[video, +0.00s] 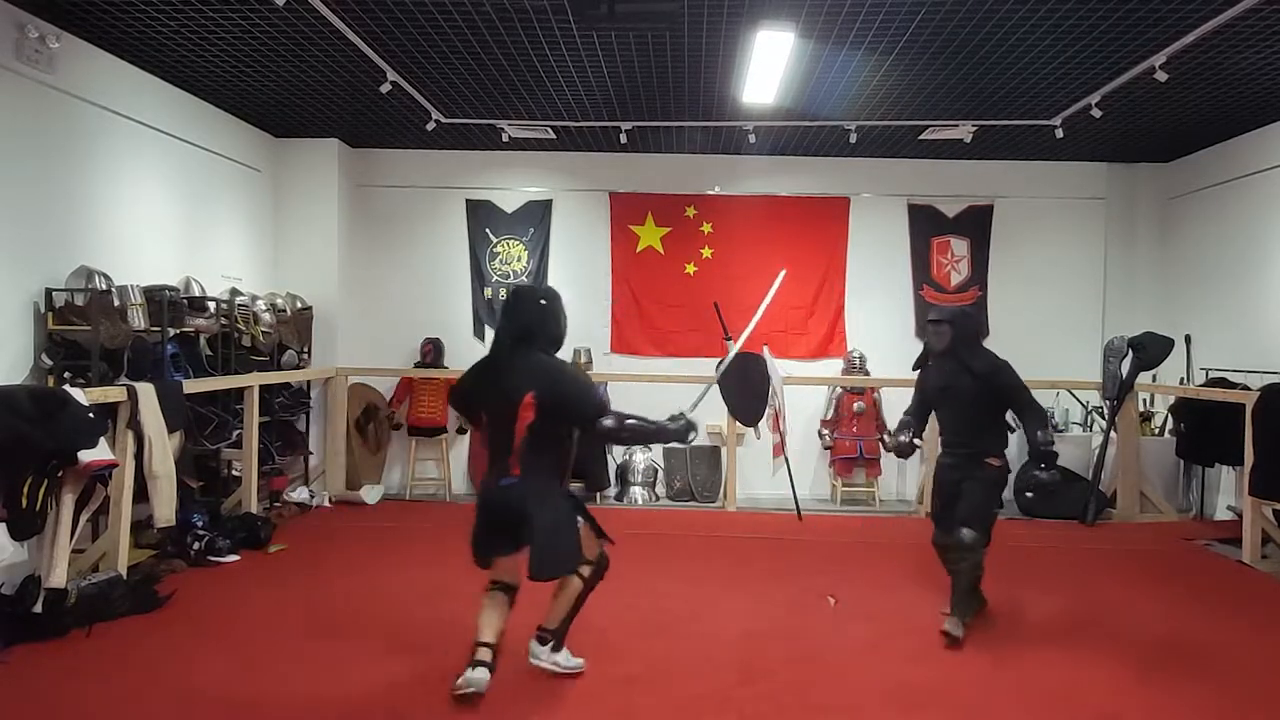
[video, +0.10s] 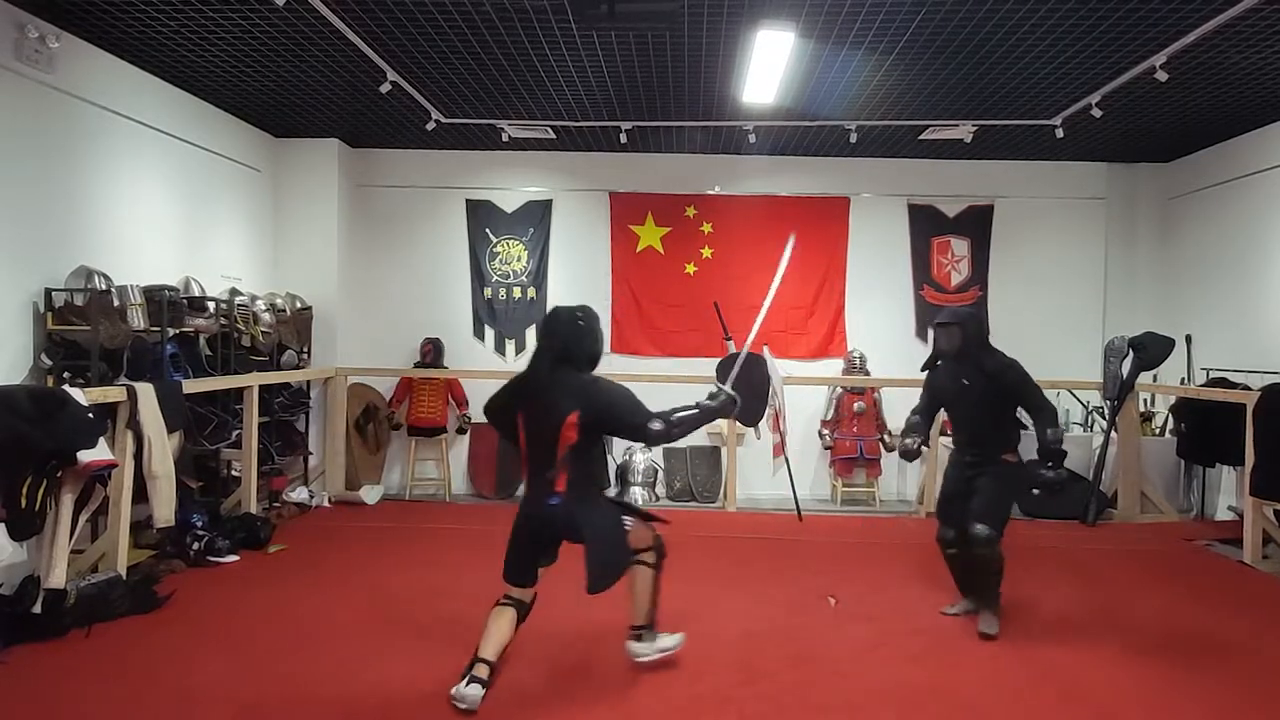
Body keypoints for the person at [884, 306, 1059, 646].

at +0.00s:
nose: (932, 331)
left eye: (940, 324)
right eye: (929, 324)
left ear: (959, 328)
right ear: (925, 328)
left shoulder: (990, 368)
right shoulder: (930, 371)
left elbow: (1031, 411)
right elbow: (917, 412)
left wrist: (1041, 445)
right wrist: (905, 434)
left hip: (986, 464)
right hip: (949, 462)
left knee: (968, 538)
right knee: (943, 540)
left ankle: (957, 615)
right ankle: (972, 597)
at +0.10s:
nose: (940, 337)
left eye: (948, 329)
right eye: (938, 330)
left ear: (969, 331)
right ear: (936, 333)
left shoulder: (1000, 368)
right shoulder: (939, 373)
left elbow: (1044, 411)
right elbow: (924, 412)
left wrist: (1050, 457)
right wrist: (913, 435)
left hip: (1001, 462)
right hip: (962, 460)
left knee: (981, 535)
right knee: (949, 535)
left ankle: (989, 607)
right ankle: (971, 596)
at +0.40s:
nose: (989, 345)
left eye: (996, 339)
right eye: (986, 339)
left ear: (1016, 341)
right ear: (983, 342)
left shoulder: (1043, 369)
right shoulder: (982, 374)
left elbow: (1099, 389)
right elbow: (942, 376)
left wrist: (1097, 420)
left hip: (1043, 473)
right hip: (1003, 474)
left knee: (1077, 544)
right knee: (977, 534)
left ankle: (1109, 565)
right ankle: (972, 597)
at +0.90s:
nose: (1035, 356)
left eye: (1042, 349)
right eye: (1028, 349)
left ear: (1056, 352)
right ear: (1019, 352)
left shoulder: (1080, 381)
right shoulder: (1012, 383)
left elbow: (1122, 415)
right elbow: (984, 402)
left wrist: (1099, 430)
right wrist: (958, 403)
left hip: (1081, 471)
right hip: (1037, 473)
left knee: (1120, 536)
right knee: (1016, 530)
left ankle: (1155, 573)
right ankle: (1012, 599)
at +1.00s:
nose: (1033, 349)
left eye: (1040, 342)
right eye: (1027, 343)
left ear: (1055, 347)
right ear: (1017, 349)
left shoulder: (1077, 380)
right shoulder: (1008, 387)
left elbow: (1121, 414)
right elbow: (988, 431)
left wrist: (1110, 444)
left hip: (1077, 473)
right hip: (1033, 474)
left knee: (1117, 539)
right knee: (1011, 530)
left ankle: (1158, 576)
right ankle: (1012, 599)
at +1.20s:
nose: (1035, 352)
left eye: (1042, 344)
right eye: (1031, 345)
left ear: (1061, 348)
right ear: (1025, 351)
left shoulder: (1090, 379)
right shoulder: (1022, 388)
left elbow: (1136, 403)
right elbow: (1003, 435)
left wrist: (1143, 449)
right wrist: (1024, 461)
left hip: (1084, 477)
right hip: (1037, 475)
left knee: (1106, 549)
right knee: (1015, 531)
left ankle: (1136, 578)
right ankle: (1013, 598)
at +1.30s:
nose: (1051, 358)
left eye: (1058, 350)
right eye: (1046, 350)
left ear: (1077, 352)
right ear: (1040, 354)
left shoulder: (1106, 383)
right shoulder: (1036, 389)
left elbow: (1158, 406)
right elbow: (999, 425)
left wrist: (1172, 453)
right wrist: (1007, 460)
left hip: (1096, 479)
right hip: (1052, 476)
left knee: (1113, 552)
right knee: (1024, 532)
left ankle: (1138, 584)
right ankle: (1014, 597)